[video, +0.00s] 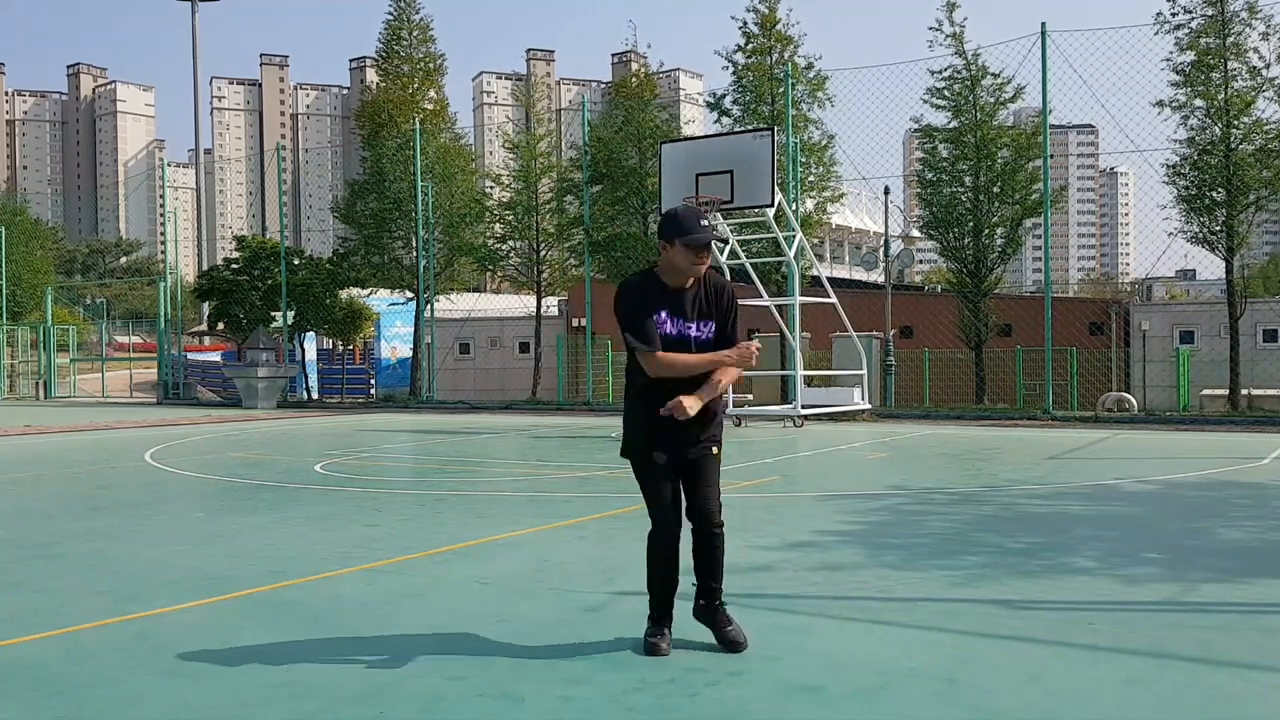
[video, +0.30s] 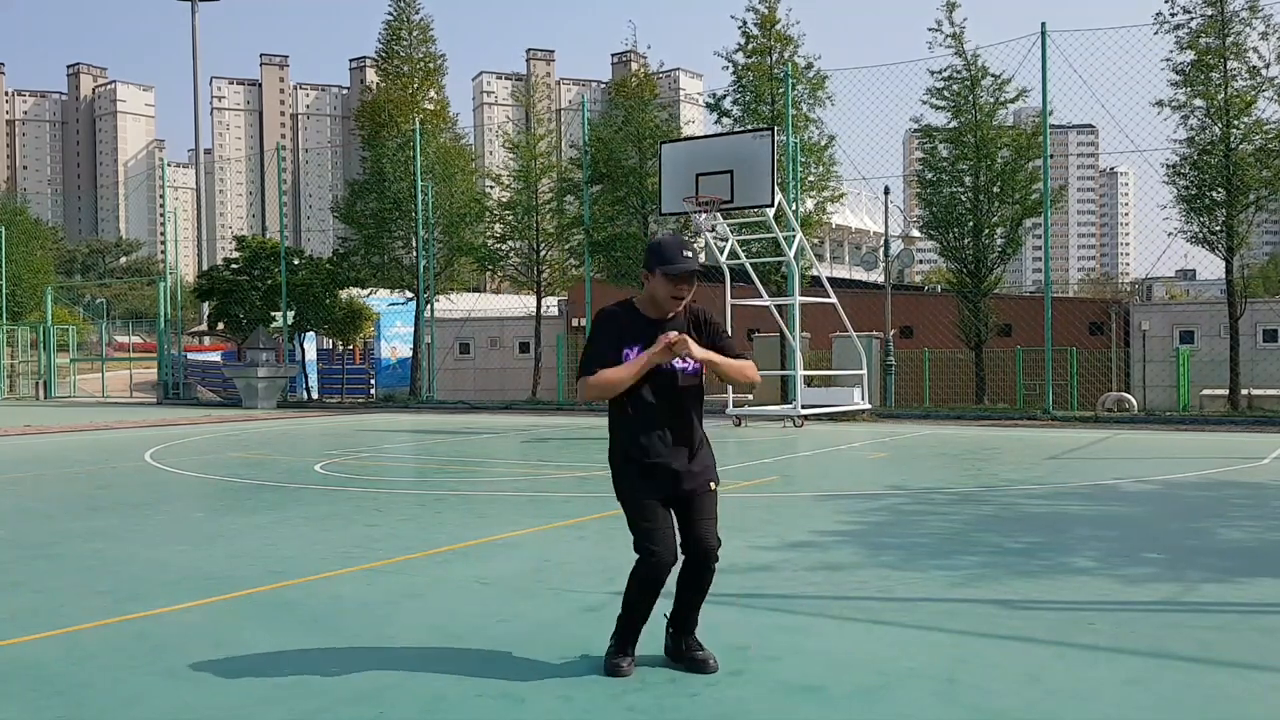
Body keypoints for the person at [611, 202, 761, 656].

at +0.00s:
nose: (705, 255)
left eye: (707, 247)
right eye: (694, 248)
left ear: (710, 246)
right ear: (665, 247)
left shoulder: (719, 291)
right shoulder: (634, 293)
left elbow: (734, 364)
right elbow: (652, 364)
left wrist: (698, 397)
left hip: (701, 425)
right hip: (650, 428)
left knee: (709, 516)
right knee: (667, 521)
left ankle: (710, 604)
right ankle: (660, 620)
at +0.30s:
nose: (685, 290)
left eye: (691, 280)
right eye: (676, 280)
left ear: (696, 280)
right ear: (649, 276)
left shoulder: (698, 321)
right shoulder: (614, 321)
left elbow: (751, 375)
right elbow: (590, 388)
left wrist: (700, 353)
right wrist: (651, 358)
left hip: (691, 457)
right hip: (637, 462)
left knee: (705, 548)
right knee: (659, 553)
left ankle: (681, 638)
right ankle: (623, 645)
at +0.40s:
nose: (676, 292)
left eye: (685, 285)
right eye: (667, 282)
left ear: (693, 286)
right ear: (645, 276)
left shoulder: (698, 322)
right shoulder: (607, 318)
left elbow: (768, 344)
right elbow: (535, 352)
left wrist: (725, 365)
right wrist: (589, 378)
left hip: (679, 452)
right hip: (623, 454)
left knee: (691, 542)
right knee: (646, 542)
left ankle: (682, 638)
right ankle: (622, 642)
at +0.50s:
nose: (667, 272)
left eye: (677, 264)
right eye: (659, 260)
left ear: (686, 261)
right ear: (638, 247)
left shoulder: (696, 295)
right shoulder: (597, 287)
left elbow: (764, 299)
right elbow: (521, 297)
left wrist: (734, 340)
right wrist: (545, 339)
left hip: (669, 436)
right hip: (613, 437)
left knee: (674, 532)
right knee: (631, 534)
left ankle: (677, 629)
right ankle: (621, 638)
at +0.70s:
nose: (652, 226)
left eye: (664, 221)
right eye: (646, 213)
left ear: (673, 231)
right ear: (627, 212)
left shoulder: (684, 273)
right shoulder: (586, 260)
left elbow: (756, 298)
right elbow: (521, 299)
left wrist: (716, 302)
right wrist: (532, 283)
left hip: (636, 428)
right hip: (577, 421)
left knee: (616, 536)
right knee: (569, 535)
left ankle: (630, 650)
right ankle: (591, 626)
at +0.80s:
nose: (640, 260)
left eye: (649, 251)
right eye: (631, 249)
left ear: (662, 252)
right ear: (612, 245)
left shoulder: (676, 296)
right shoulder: (585, 290)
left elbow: (736, 343)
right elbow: (533, 346)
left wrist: (687, 327)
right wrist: (547, 308)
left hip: (627, 450)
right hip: (570, 443)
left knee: (597, 554)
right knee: (547, 551)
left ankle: (622, 656)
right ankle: (570, 649)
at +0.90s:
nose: (624, 284)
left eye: (630, 273)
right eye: (612, 276)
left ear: (640, 267)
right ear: (587, 274)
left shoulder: (656, 311)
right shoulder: (573, 305)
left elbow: (697, 372)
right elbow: (546, 366)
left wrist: (637, 367)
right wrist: (561, 356)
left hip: (631, 454)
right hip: (578, 447)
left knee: (599, 553)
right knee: (557, 556)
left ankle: (626, 655)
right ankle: (574, 652)